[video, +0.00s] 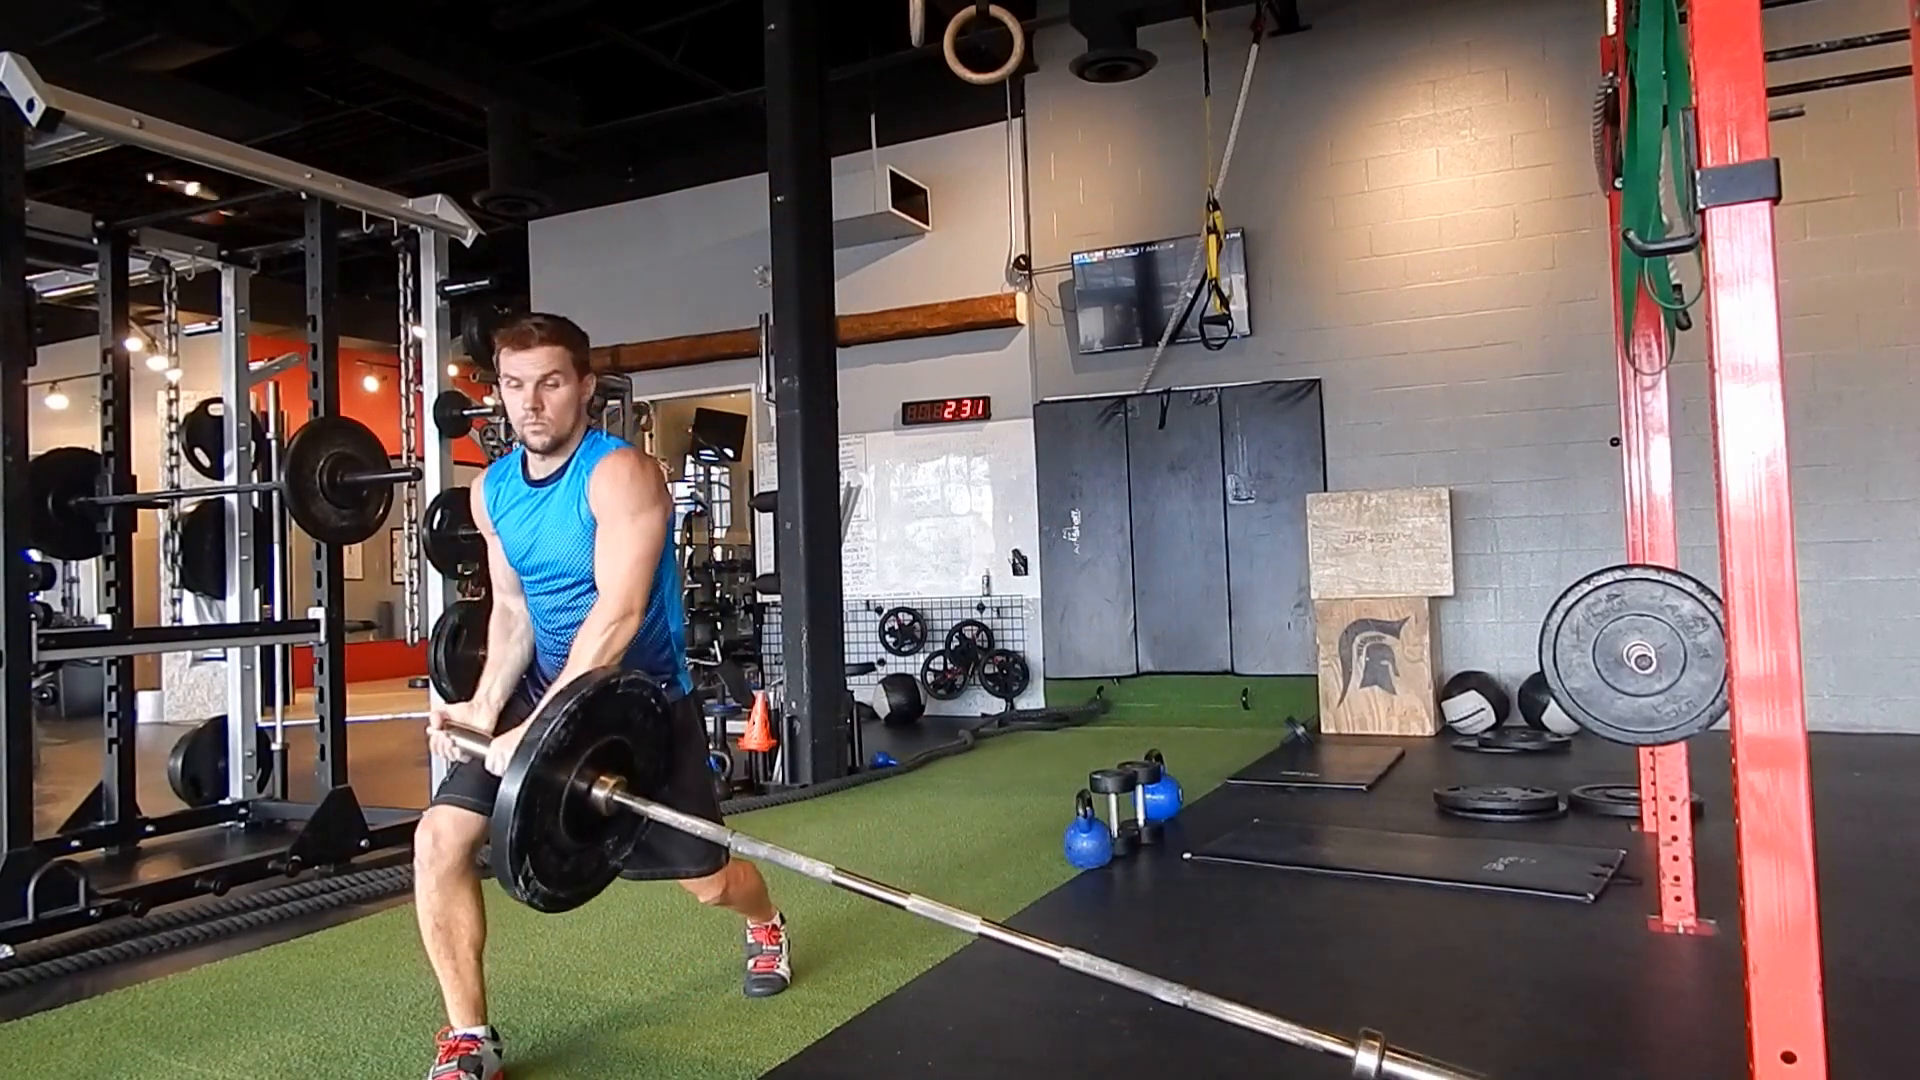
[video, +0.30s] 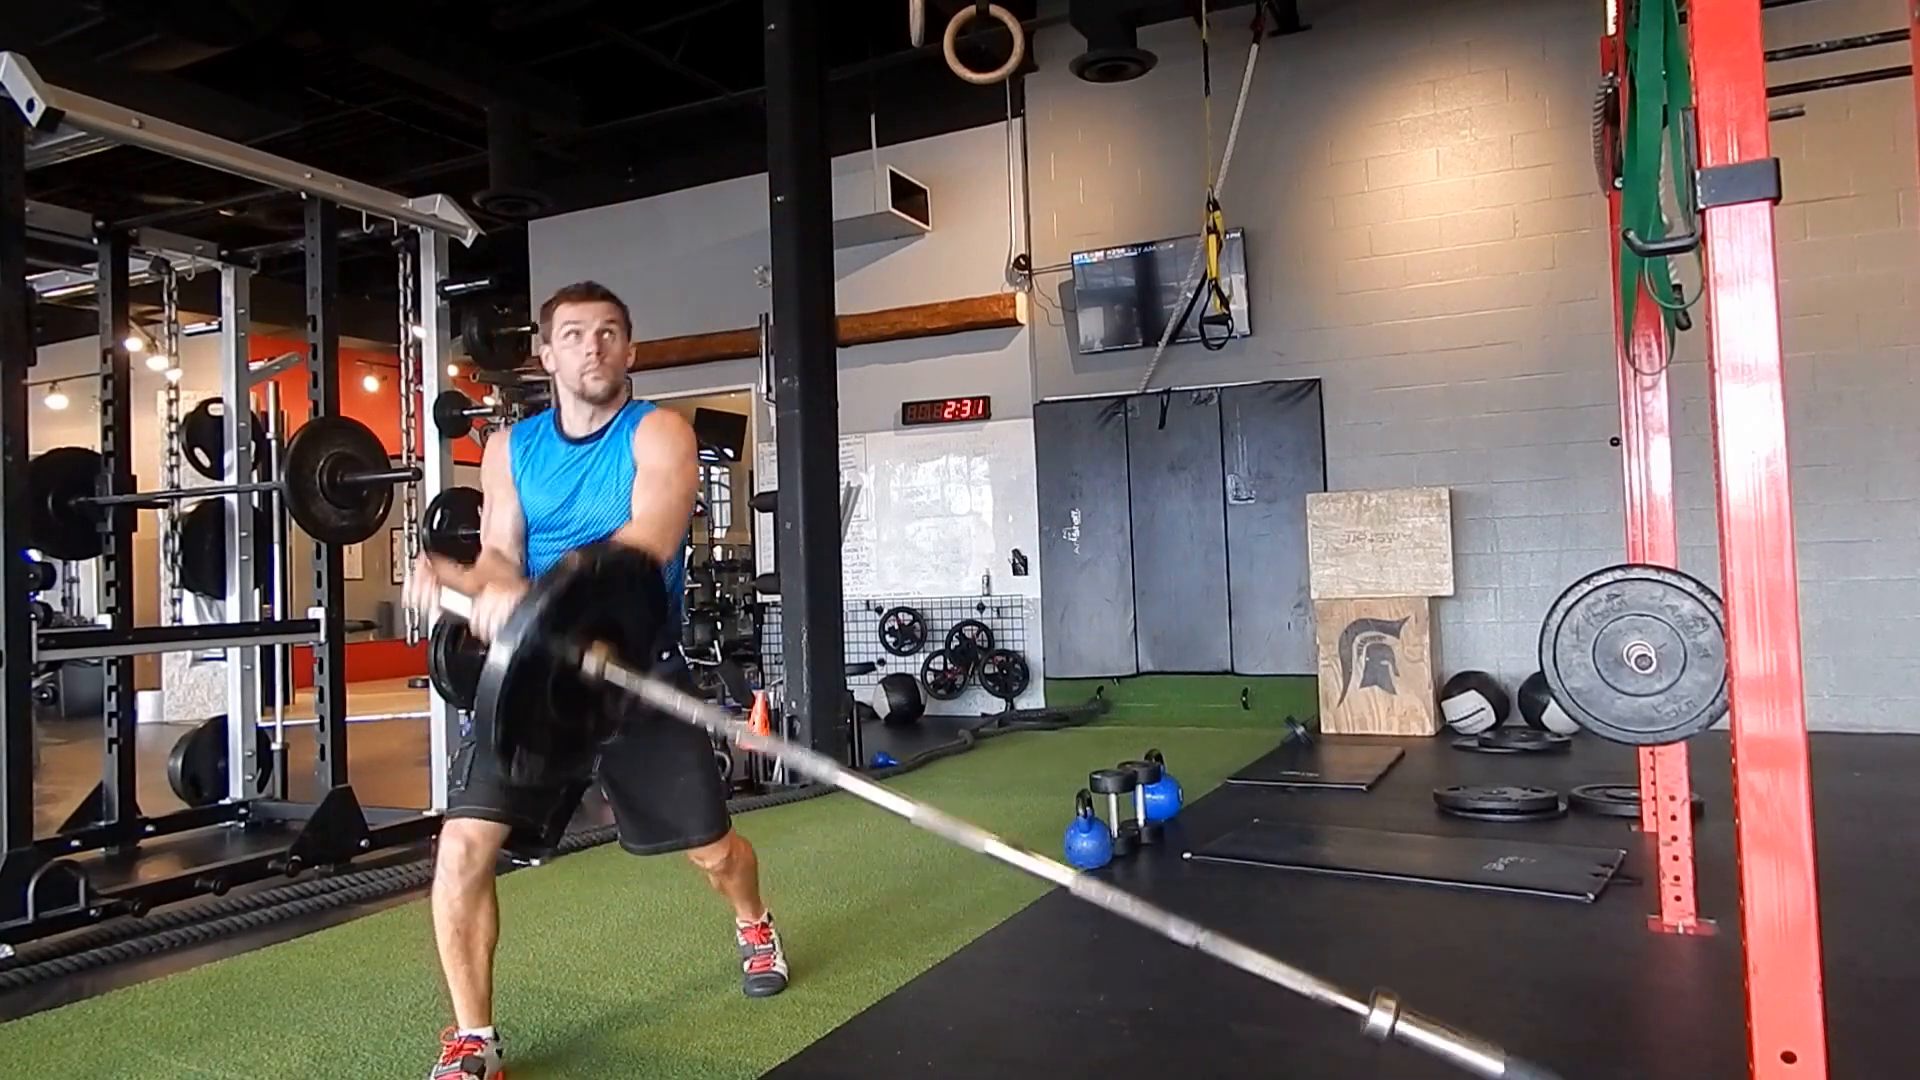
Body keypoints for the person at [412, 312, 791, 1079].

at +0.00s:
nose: (531, 400)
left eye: (549, 381)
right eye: (515, 384)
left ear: (586, 385)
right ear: (501, 393)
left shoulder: (624, 474)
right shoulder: (493, 489)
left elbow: (619, 619)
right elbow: (510, 609)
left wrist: (534, 733)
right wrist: (483, 703)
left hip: (642, 700)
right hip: (539, 700)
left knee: (710, 883)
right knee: (439, 841)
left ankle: (768, 922)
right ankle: (469, 1038)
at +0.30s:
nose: (592, 346)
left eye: (607, 333)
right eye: (573, 335)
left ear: (629, 352)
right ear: (547, 357)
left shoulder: (661, 430)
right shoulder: (509, 447)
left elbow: (645, 554)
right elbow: (500, 568)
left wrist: (514, 592)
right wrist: (457, 585)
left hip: (636, 664)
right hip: (531, 667)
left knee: (714, 848)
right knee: (463, 848)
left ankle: (754, 924)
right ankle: (473, 1036)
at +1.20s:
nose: (690, 300)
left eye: (691, 287)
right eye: (672, 289)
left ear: (676, 299)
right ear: (624, 297)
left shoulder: (697, 374)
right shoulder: (586, 362)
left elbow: (778, 322)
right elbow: (679, 289)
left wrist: (839, 234)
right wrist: (781, 188)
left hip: (674, 642)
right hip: (590, 641)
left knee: (698, 795)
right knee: (571, 841)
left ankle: (681, 960)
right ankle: (489, 1030)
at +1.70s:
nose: (716, 366)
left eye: (716, 353)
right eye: (710, 352)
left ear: (653, 353)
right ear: (673, 349)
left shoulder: (632, 428)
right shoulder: (670, 395)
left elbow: (712, 535)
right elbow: (791, 450)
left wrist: (816, 523)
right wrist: (829, 479)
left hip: (661, 658)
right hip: (635, 659)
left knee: (727, 780)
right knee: (633, 864)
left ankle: (692, 960)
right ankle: (462, 1032)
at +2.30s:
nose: (754, 422)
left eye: (753, 409)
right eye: (750, 409)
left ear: (679, 412)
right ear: (724, 408)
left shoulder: (621, 484)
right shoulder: (752, 472)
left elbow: (608, 600)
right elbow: (755, 599)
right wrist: (729, 662)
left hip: (605, 688)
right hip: (662, 699)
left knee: (722, 790)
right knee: (661, 912)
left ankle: (691, 961)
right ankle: (456, 1035)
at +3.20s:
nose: (722, 289)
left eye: (721, 278)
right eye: (706, 280)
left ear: (713, 295)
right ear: (660, 298)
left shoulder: (736, 376)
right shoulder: (632, 354)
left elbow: (809, 322)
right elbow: (731, 280)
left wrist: (872, 225)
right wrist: (836, 187)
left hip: (720, 639)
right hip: (634, 636)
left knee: (725, 791)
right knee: (578, 826)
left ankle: (685, 959)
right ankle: (505, 1030)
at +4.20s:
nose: (537, 406)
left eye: (552, 386)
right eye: (526, 392)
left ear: (599, 377)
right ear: (519, 392)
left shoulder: (645, 450)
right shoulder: (518, 476)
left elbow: (647, 562)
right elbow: (507, 596)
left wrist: (538, 638)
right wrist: (458, 638)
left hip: (652, 693)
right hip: (547, 697)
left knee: (716, 881)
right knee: (457, 842)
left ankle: (772, 920)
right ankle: (491, 1036)